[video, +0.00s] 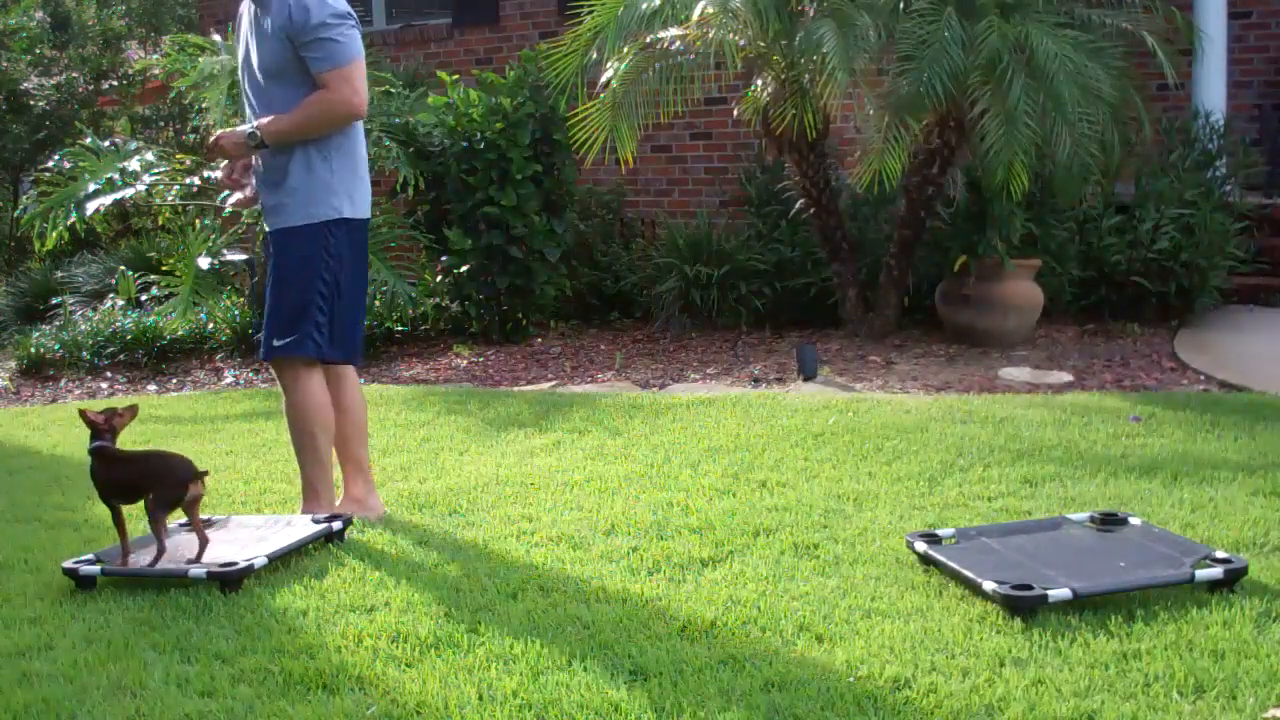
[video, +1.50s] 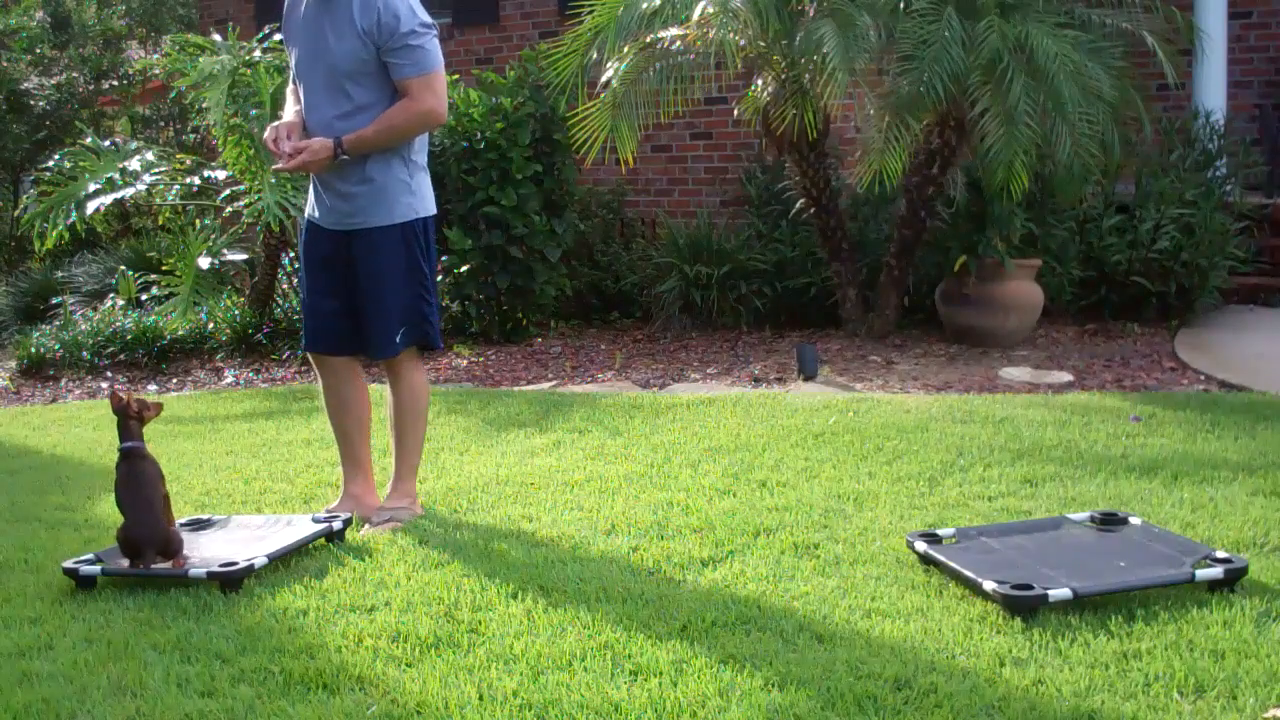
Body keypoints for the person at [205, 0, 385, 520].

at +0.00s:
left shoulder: (307, 2)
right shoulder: (257, 10)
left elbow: (349, 98)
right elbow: (303, 105)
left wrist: (254, 135)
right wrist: (261, 166)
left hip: (317, 205)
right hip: (310, 204)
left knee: (293, 354)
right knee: (334, 355)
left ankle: (319, 511)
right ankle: (361, 498)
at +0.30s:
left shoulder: (333, 2)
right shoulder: (272, 11)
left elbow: (375, 88)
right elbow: (311, 100)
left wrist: (282, 131)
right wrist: (282, 162)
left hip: (344, 196)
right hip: (314, 198)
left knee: (292, 335)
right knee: (343, 345)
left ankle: (368, 477)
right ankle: (365, 481)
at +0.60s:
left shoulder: (355, 3)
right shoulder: (287, 13)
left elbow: (394, 94)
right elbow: (307, 105)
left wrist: (298, 131)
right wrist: (280, 159)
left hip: (356, 208)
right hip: (307, 213)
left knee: (370, 355)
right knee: (336, 359)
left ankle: (402, 495)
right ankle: (359, 496)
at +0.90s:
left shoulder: (381, 5)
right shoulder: (295, 9)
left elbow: (411, 104)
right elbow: (307, 82)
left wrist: (326, 165)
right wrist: (279, 111)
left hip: (371, 209)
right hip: (309, 213)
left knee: (382, 353)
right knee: (324, 354)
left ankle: (402, 494)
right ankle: (359, 494)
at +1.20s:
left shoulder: (391, 8)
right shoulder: (297, 8)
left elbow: (417, 112)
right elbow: (298, 73)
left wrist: (324, 151)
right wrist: (281, 107)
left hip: (384, 205)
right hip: (318, 205)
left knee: (392, 350)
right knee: (316, 346)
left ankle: (403, 494)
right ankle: (357, 491)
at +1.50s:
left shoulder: (389, 6)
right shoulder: (297, 7)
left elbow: (430, 105)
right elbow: (303, 73)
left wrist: (337, 147)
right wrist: (291, 117)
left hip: (392, 205)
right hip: (327, 206)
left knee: (400, 350)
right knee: (330, 349)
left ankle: (404, 496)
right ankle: (358, 492)